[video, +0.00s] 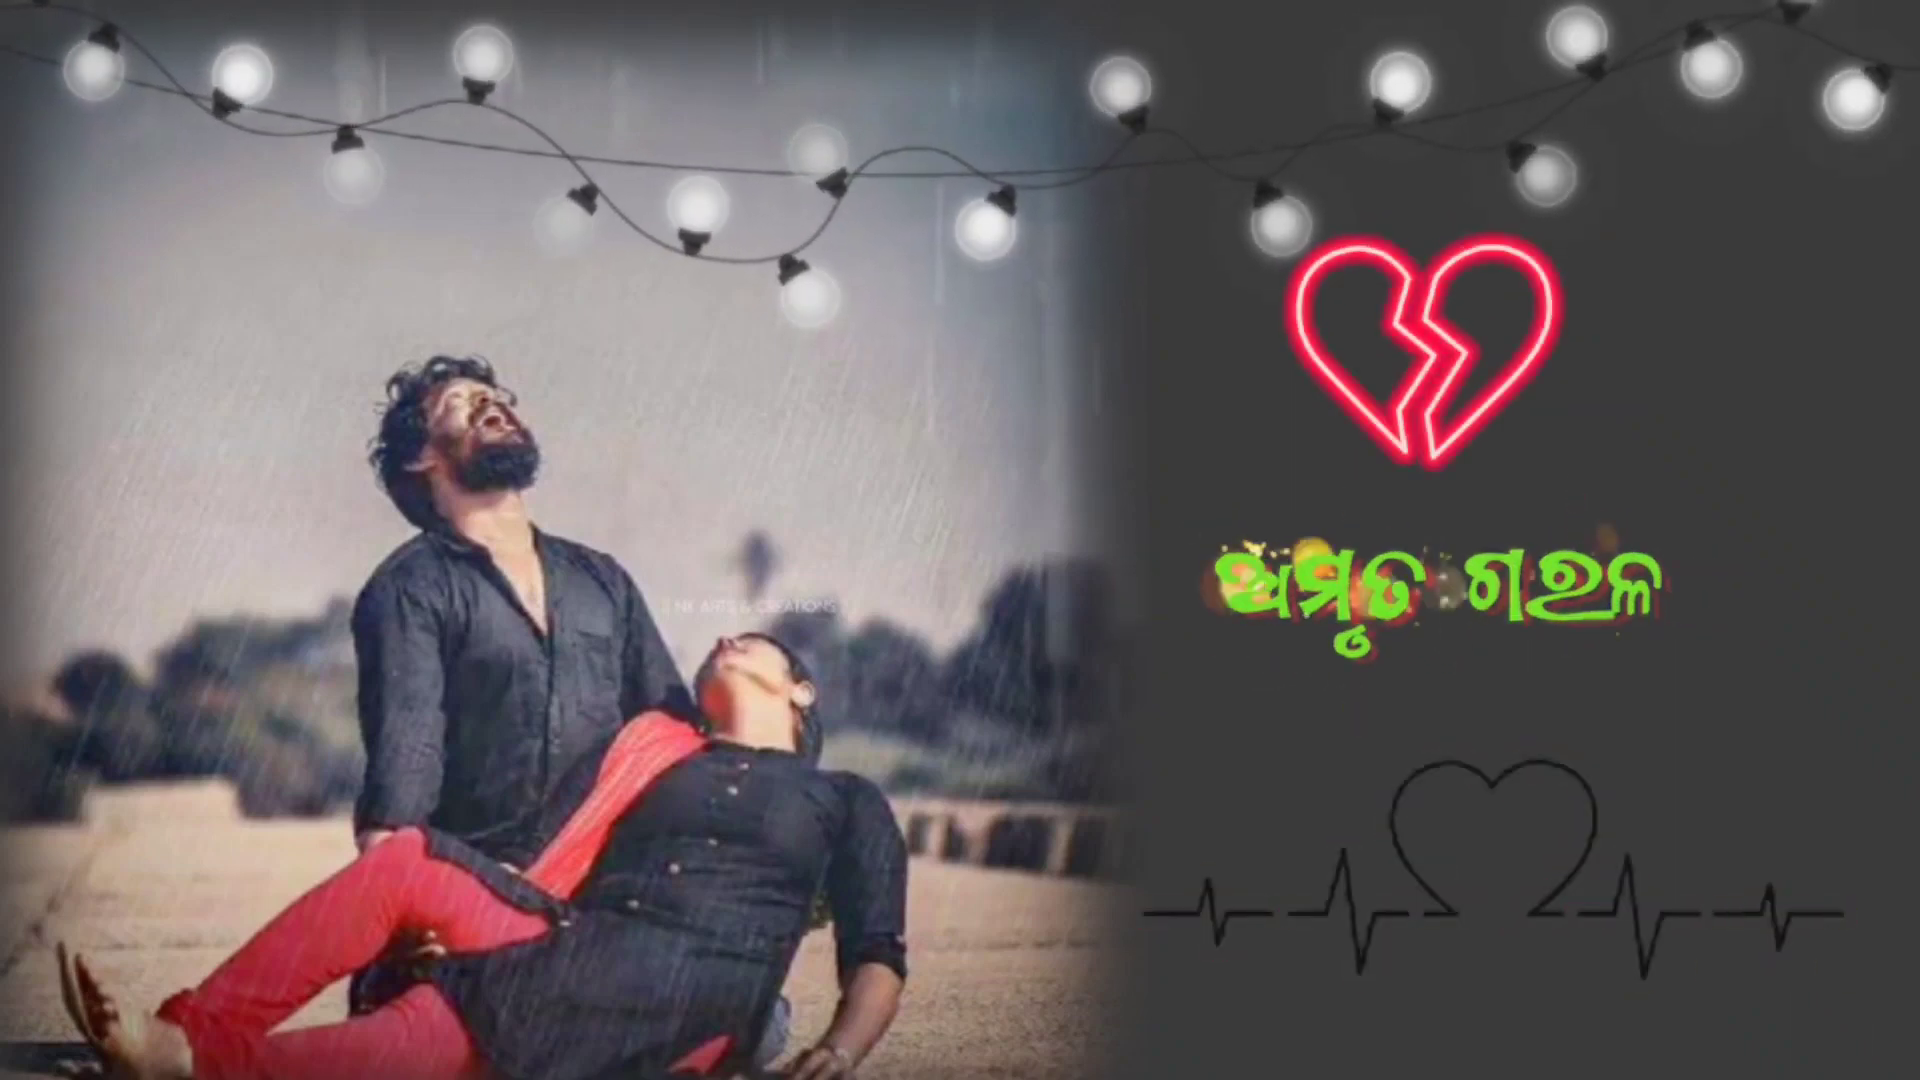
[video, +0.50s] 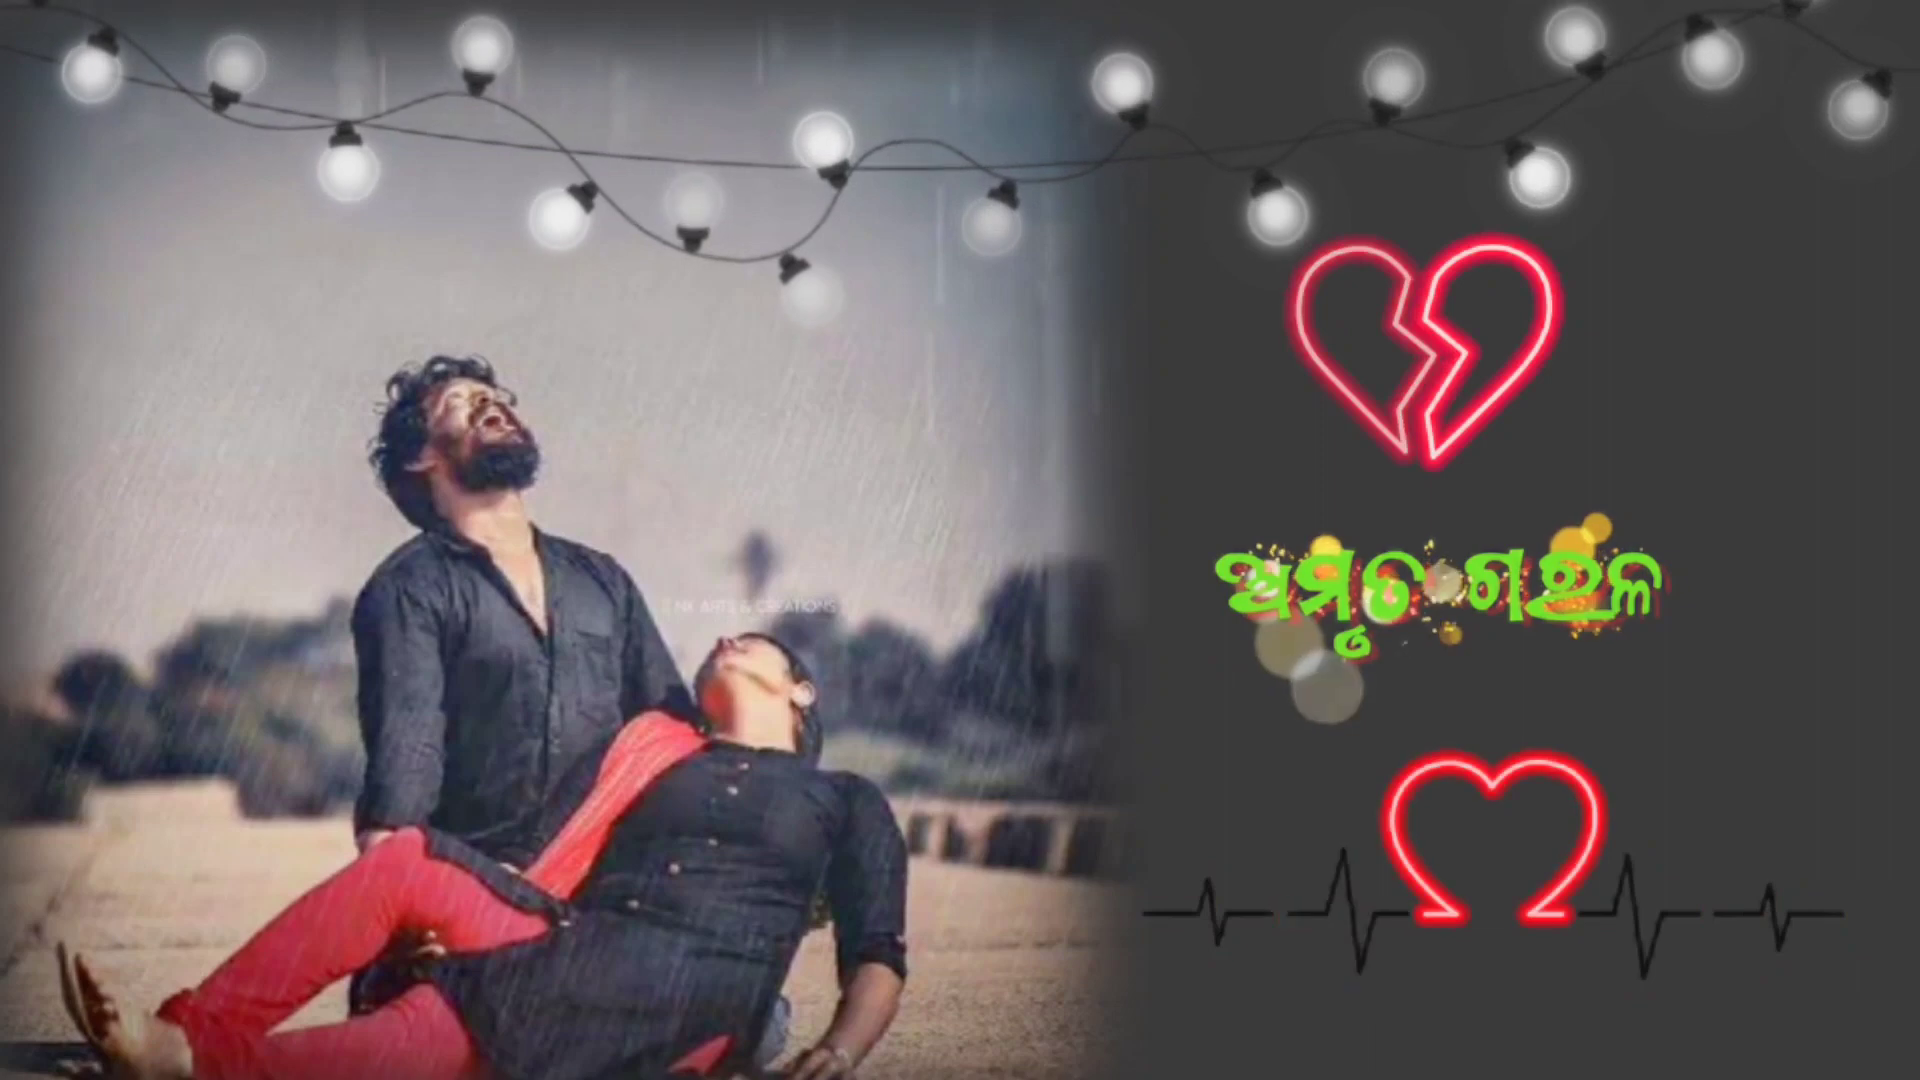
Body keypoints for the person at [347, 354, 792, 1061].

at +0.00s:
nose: (497, 408)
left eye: (502, 401)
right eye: (463, 406)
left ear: (525, 438)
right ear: (422, 462)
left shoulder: (602, 578)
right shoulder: (410, 588)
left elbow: (678, 728)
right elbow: (404, 753)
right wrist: (388, 901)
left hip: (617, 883)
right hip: (462, 890)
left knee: (761, 1021)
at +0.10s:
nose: (496, 408)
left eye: (501, 400)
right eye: (463, 406)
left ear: (525, 435)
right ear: (422, 463)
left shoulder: (602, 578)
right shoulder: (411, 587)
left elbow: (678, 728)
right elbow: (404, 755)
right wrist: (387, 905)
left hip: (617, 883)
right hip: (462, 891)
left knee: (761, 1021)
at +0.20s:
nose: (497, 408)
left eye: (502, 401)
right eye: (463, 406)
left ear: (524, 438)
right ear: (421, 462)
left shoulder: (602, 579)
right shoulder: (410, 588)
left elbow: (678, 728)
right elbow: (404, 750)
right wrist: (388, 898)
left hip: (616, 883)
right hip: (461, 890)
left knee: (761, 1021)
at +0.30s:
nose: (496, 408)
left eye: (501, 400)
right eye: (462, 406)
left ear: (525, 435)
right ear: (422, 463)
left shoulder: (602, 578)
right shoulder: (410, 587)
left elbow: (678, 728)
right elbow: (404, 754)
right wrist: (387, 902)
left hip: (616, 884)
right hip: (461, 891)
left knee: (760, 1021)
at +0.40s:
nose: (497, 408)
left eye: (502, 401)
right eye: (463, 406)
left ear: (525, 438)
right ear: (422, 462)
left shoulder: (602, 578)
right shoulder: (410, 588)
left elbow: (678, 728)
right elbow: (404, 753)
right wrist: (388, 900)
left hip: (617, 883)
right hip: (462, 890)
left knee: (761, 1021)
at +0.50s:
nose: (497, 409)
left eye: (501, 401)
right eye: (462, 406)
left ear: (524, 437)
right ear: (421, 462)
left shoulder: (603, 579)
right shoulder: (410, 588)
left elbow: (677, 728)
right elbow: (404, 747)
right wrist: (388, 893)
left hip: (614, 883)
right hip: (460, 889)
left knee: (761, 1020)